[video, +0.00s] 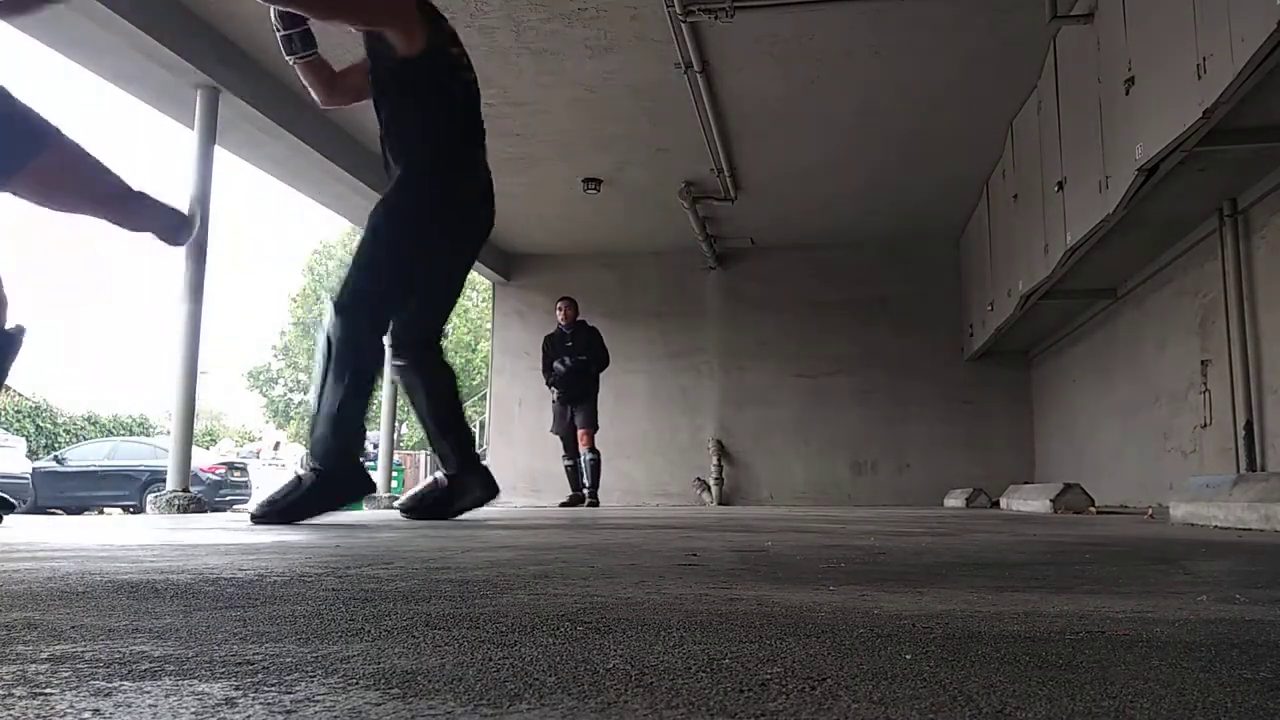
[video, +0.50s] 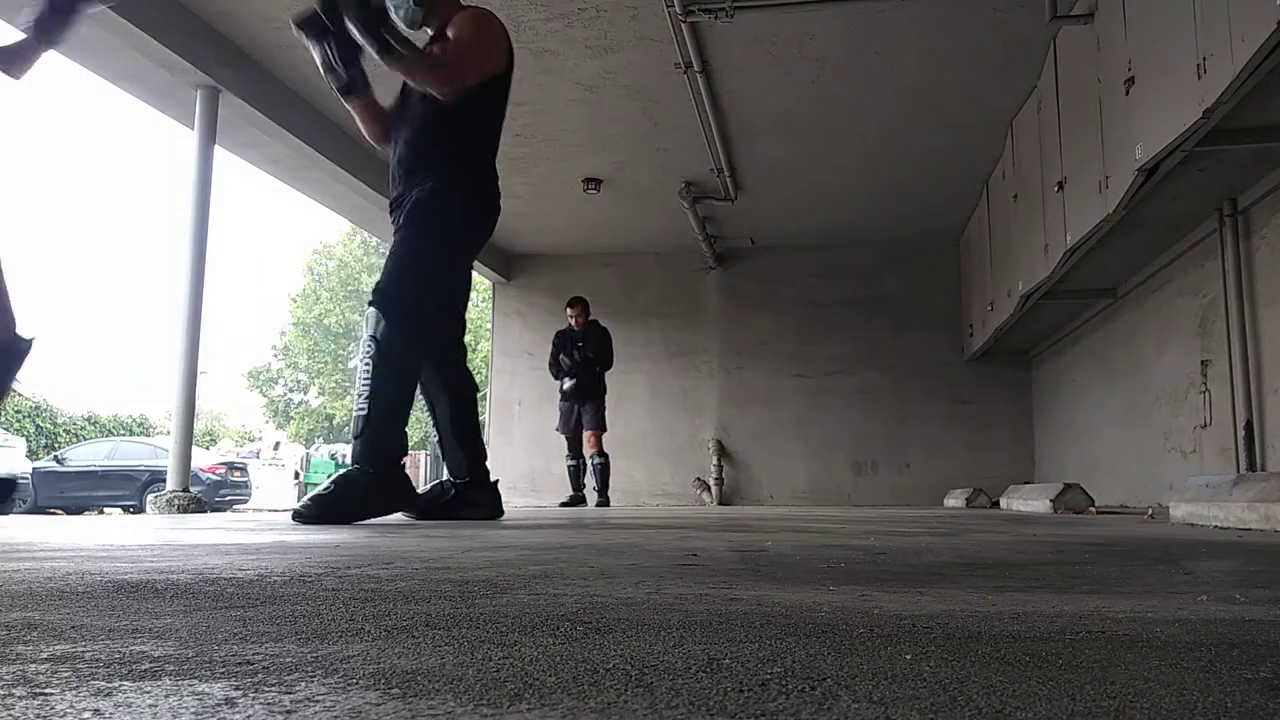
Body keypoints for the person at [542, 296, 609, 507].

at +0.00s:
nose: (563, 313)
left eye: (568, 309)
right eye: (560, 309)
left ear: (576, 312)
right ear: (555, 314)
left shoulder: (589, 333)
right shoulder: (550, 340)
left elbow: (603, 360)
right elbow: (547, 369)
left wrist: (580, 364)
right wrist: (554, 382)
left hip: (585, 396)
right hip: (562, 399)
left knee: (585, 439)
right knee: (568, 444)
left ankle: (591, 492)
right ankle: (576, 492)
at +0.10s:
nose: (564, 313)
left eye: (568, 309)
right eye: (560, 310)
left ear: (577, 312)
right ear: (556, 314)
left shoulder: (590, 333)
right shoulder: (551, 339)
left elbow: (604, 359)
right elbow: (548, 369)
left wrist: (578, 363)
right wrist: (553, 383)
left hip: (586, 396)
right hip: (562, 399)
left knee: (587, 439)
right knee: (569, 444)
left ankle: (594, 492)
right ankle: (576, 492)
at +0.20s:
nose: (566, 313)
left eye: (570, 309)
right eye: (562, 310)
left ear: (579, 312)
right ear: (558, 314)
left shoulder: (592, 332)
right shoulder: (552, 339)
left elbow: (605, 360)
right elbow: (549, 369)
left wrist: (579, 365)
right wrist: (553, 380)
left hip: (587, 397)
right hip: (563, 400)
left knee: (589, 441)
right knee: (569, 445)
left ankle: (600, 494)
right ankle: (577, 493)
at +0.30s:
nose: (568, 315)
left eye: (572, 310)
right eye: (564, 311)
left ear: (581, 312)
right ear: (560, 314)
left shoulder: (594, 333)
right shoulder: (555, 339)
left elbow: (606, 361)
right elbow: (550, 368)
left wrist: (583, 365)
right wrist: (557, 380)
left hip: (589, 396)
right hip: (565, 398)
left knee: (591, 441)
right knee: (570, 445)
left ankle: (602, 494)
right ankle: (577, 493)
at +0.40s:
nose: (570, 318)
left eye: (574, 313)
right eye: (566, 314)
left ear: (583, 313)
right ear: (563, 315)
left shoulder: (596, 332)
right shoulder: (558, 337)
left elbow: (605, 361)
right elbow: (551, 364)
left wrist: (582, 365)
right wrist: (559, 380)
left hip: (590, 396)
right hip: (567, 397)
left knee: (591, 440)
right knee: (571, 443)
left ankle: (602, 494)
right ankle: (577, 493)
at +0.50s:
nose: (574, 320)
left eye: (578, 316)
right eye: (570, 316)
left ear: (587, 314)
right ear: (566, 316)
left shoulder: (599, 333)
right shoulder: (561, 337)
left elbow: (606, 363)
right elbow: (554, 366)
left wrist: (581, 362)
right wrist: (565, 374)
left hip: (592, 395)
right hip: (569, 397)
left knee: (592, 439)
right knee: (572, 442)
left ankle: (602, 494)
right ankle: (577, 492)